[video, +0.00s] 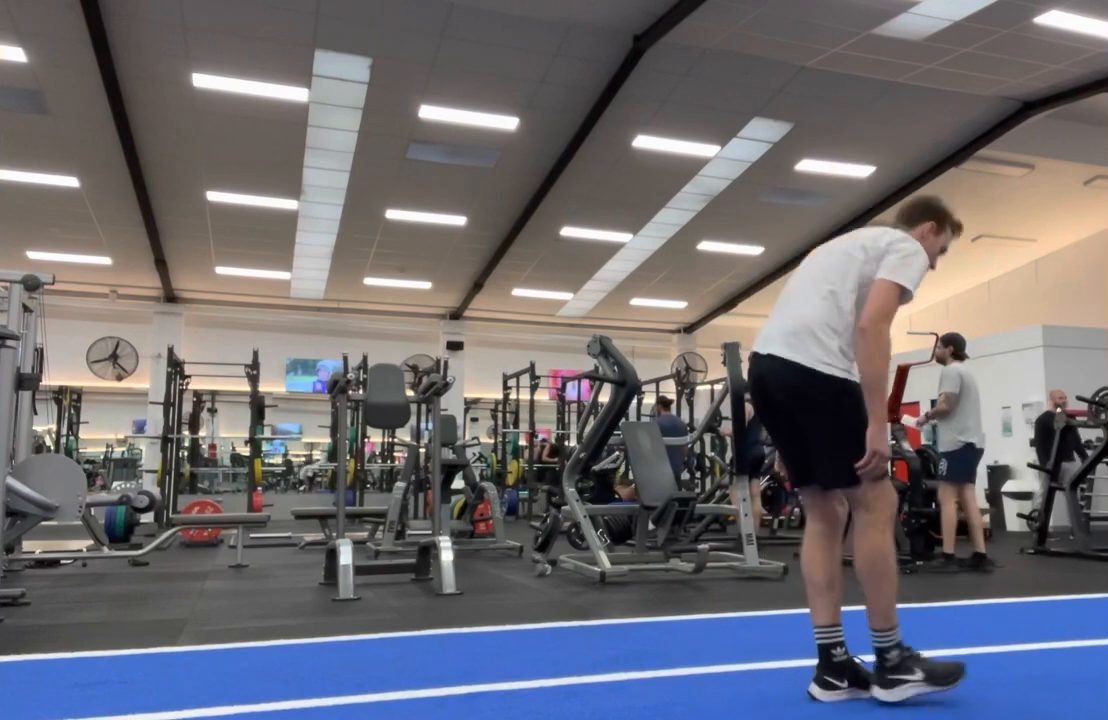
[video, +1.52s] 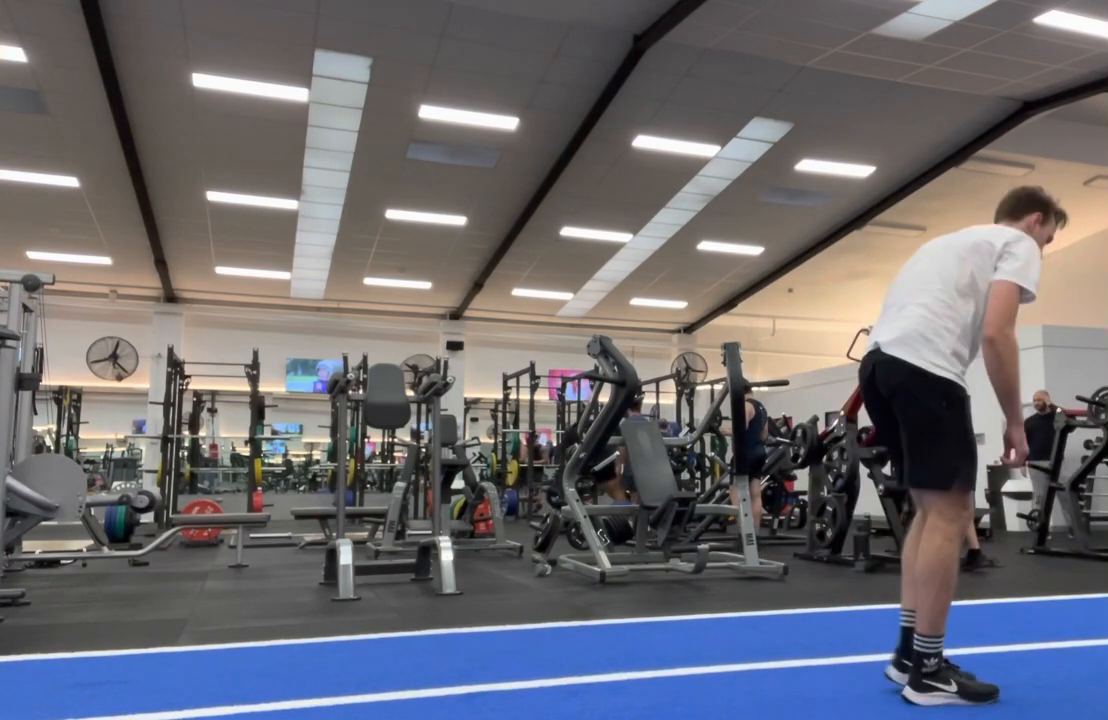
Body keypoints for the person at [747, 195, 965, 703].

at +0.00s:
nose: (936, 261)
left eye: (942, 254)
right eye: (940, 251)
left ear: (904, 224)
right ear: (927, 231)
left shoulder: (844, 246)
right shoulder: (906, 248)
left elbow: (796, 332)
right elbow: (872, 323)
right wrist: (878, 422)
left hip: (768, 372)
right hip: (818, 371)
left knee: (824, 513)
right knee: (877, 503)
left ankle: (833, 664)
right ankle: (892, 659)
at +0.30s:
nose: (968, 379)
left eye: (975, 376)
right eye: (976, 370)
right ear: (972, 344)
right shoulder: (946, 340)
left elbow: (827, 419)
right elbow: (902, 421)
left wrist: (796, 503)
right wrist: (888, 513)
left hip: (772, 371)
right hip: (814, 376)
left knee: (828, 524)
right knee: (858, 523)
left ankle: (834, 665)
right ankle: (911, 667)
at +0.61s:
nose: (964, 459)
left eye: (972, 457)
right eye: (973, 451)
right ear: (979, 421)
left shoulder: (887, 412)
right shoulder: (958, 397)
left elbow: (866, 500)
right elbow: (940, 508)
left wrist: (852, 593)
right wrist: (952, 615)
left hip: (776, 370)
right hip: (814, 371)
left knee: (831, 516)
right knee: (859, 518)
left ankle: (834, 665)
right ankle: (910, 667)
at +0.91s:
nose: (981, 446)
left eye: (988, 440)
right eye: (989, 434)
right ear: (991, 408)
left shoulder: (899, 408)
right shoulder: (971, 380)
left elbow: (911, 499)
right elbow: (989, 501)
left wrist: (959, 574)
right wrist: (1033, 580)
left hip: (788, 369)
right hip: (829, 370)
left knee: (837, 521)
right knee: (875, 520)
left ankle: (833, 665)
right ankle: (915, 669)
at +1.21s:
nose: (1024, 342)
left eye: (1030, 337)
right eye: (1029, 332)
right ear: (1026, 310)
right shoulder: (1004, 308)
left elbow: (899, 419)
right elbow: (988, 419)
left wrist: (969, 457)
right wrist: (1026, 458)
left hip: (827, 366)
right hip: (872, 370)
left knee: (868, 514)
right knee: (924, 513)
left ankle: (835, 662)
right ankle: (927, 670)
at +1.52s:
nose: (1046, 248)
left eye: (1050, 241)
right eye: (1048, 239)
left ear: (1007, 217)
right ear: (1035, 221)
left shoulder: (955, 243)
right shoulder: (1018, 243)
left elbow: (916, 324)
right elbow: (996, 332)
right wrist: (1014, 421)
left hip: (883, 368)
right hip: (926, 371)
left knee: (928, 512)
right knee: (950, 515)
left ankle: (909, 650)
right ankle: (927, 666)